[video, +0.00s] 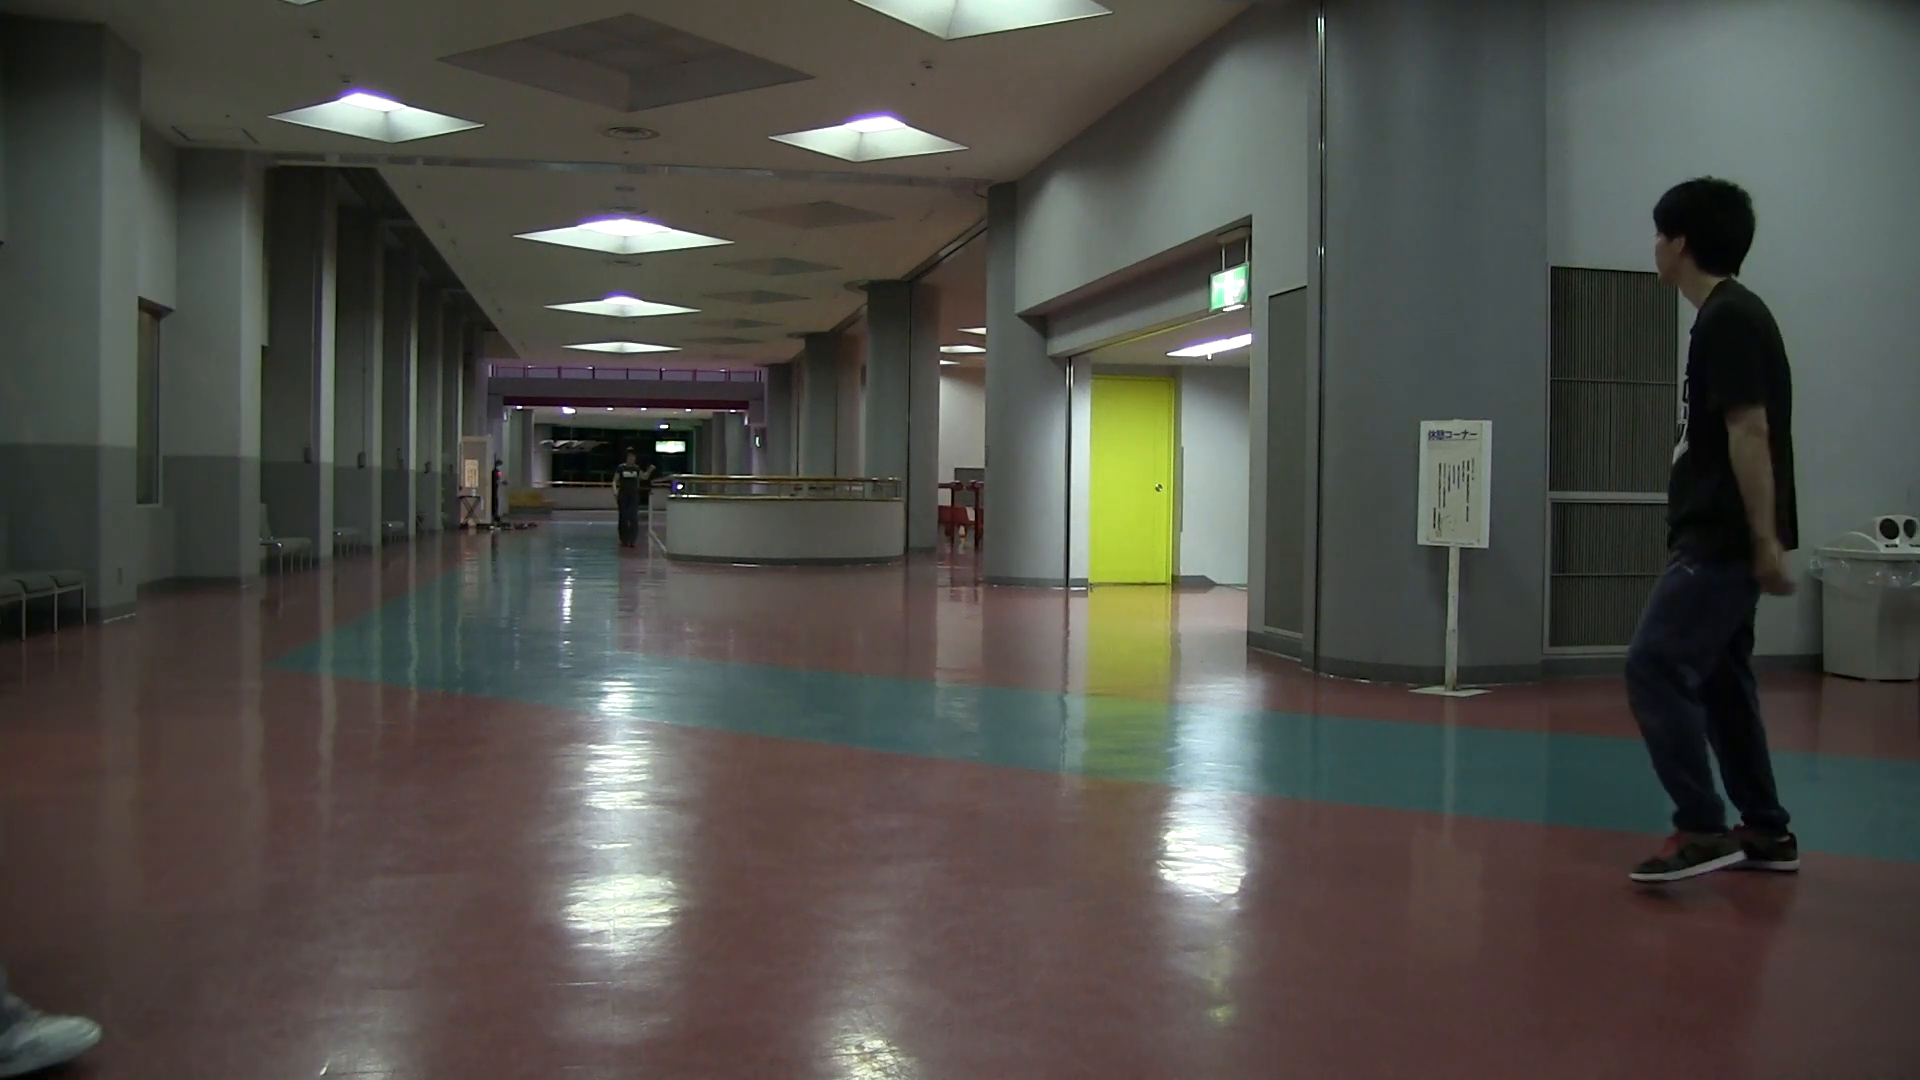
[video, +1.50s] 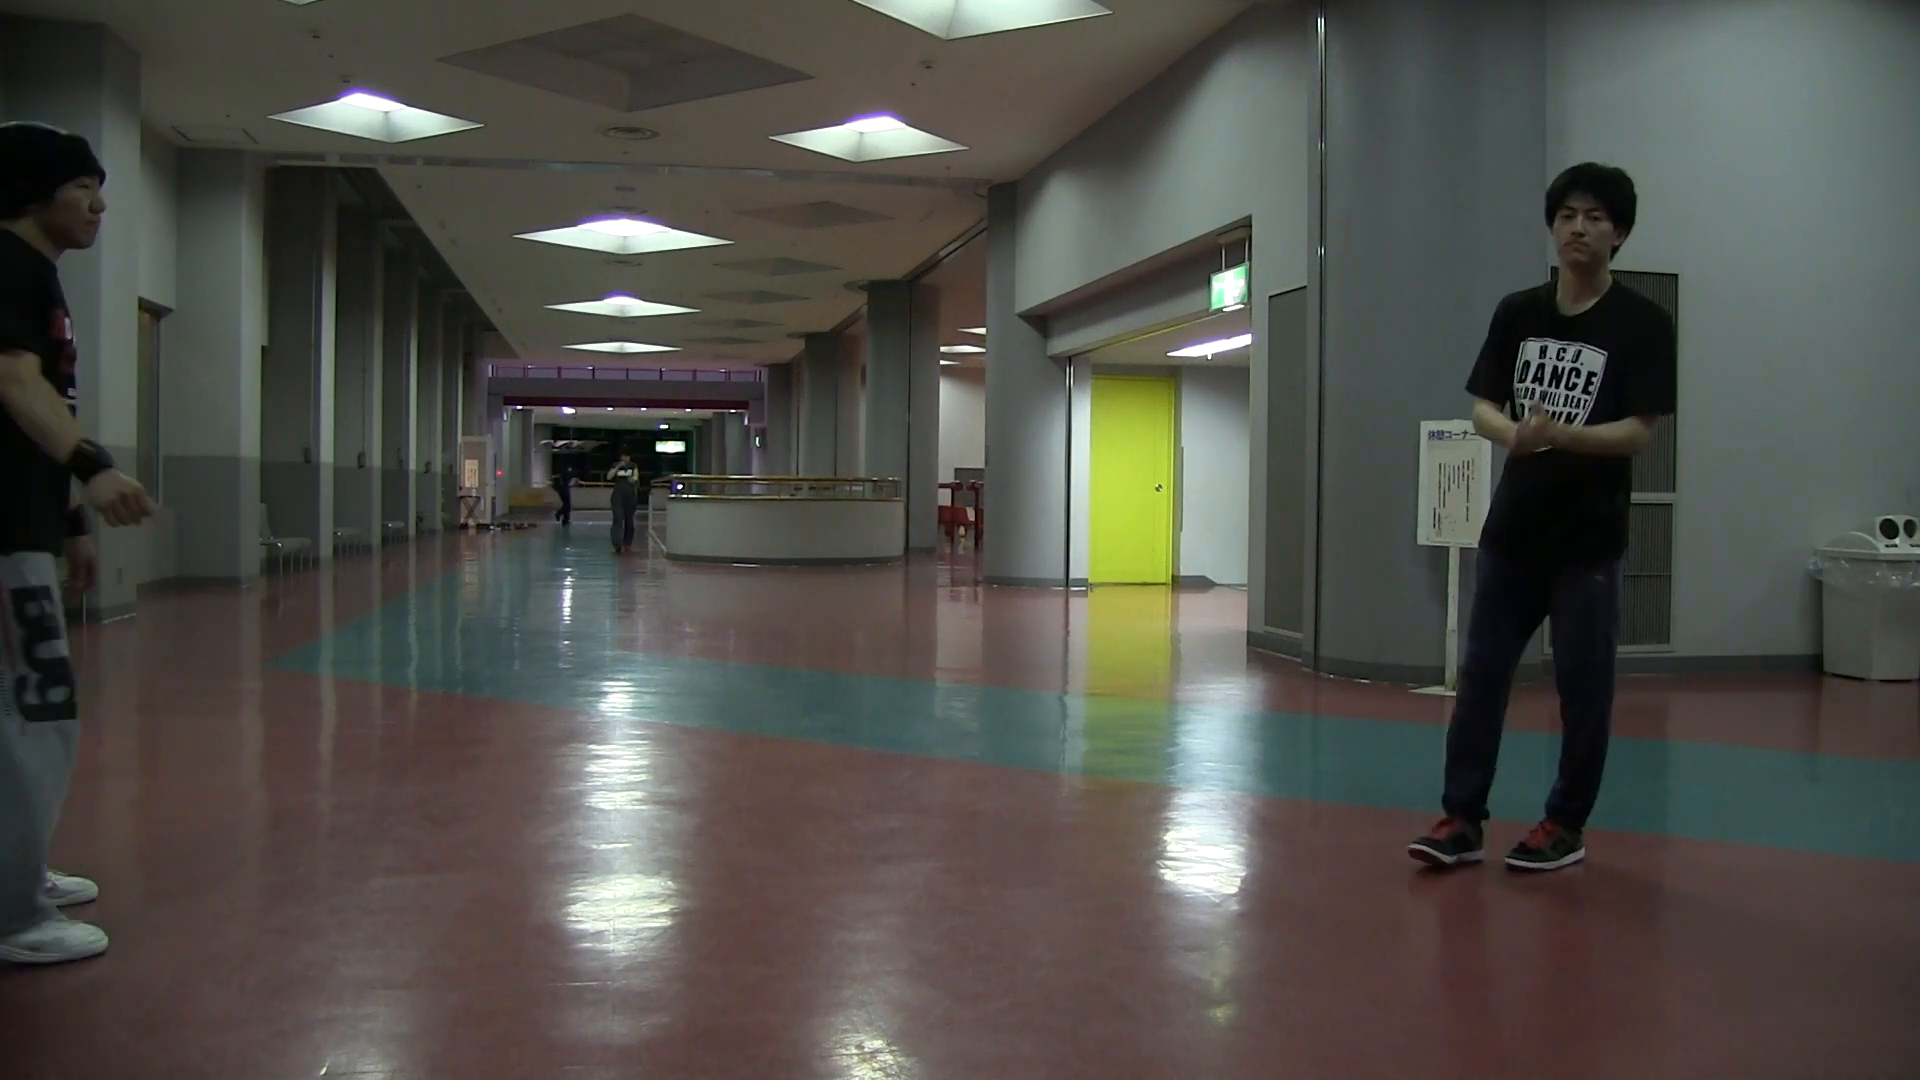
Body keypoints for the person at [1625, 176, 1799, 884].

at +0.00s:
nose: (1654, 251)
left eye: (1658, 238)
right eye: (1656, 237)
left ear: (1681, 245)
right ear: (1715, 247)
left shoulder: (1730, 320)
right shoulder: (1727, 316)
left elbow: (1749, 432)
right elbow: (1735, 434)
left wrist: (1766, 539)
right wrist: (1707, 533)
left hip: (1718, 542)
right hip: (1719, 538)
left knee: (1654, 671)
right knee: (1723, 680)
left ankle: (1702, 832)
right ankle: (1766, 832)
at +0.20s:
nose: (1649, 245)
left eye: (1654, 232)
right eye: (1653, 232)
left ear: (1676, 241)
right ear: (1708, 242)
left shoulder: (1721, 317)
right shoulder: (1717, 315)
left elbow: (1727, 429)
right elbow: (1717, 432)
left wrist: (1716, 536)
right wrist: (1697, 531)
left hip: (1710, 542)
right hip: (1715, 540)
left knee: (1639, 674)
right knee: (1726, 689)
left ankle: (1623, 824)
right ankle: (1766, 830)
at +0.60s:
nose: (1593, 241)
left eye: (1607, 229)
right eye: (1593, 227)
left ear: (1650, 241)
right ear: (1608, 236)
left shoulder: (1675, 321)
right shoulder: (1629, 320)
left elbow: (1686, 440)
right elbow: (1632, 430)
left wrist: (1656, 543)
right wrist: (1621, 527)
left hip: (1659, 538)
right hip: (1629, 534)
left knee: (1613, 686)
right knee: (1675, 682)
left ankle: (1568, 828)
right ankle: (1751, 813)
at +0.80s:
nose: (1576, 235)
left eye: (1591, 225)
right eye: (1575, 222)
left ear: (1631, 237)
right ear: (1576, 231)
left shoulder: (1652, 326)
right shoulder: (1575, 320)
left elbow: (1661, 448)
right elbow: (1560, 429)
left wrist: (1630, 552)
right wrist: (1544, 516)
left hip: (1620, 535)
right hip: (1570, 529)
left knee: (1594, 684)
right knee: (1575, 679)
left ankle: (1566, 827)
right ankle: (1688, 782)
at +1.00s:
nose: (1572, 229)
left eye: (1589, 219)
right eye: (1569, 217)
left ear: (1627, 232)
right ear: (1564, 225)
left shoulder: (1647, 324)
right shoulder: (1553, 313)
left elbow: (1649, 442)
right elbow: (1522, 415)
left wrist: (1612, 543)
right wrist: (1487, 497)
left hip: (1596, 530)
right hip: (1537, 520)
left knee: (1577, 678)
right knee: (1499, 659)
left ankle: (1568, 826)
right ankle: (1580, 778)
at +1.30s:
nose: (1584, 227)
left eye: (1602, 217)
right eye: (1575, 213)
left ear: (1631, 232)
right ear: (1561, 224)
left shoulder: (1646, 325)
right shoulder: (1530, 307)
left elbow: (1643, 442)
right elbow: (1496, 401)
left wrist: (1574, 516)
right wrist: (1481, 456)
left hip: (1588, 524)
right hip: (1512, 514)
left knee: (1577, 680)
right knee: (1489, 666)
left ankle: (1564, 824)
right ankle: (1494, 790)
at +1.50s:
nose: (1577, 228)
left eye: (1594, 217)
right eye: (1566, 215)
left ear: (1619, 232)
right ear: (1549, 227)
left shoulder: (1642, 322)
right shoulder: (1518, 313)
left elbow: (1640, 430)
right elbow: (1483, 407)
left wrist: (1566, 435)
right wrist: (1513, 432)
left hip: (1590, 531)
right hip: (1515, 523)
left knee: (1583, 683)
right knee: (1481, 673)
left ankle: (1564, 826)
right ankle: (1461, 821)